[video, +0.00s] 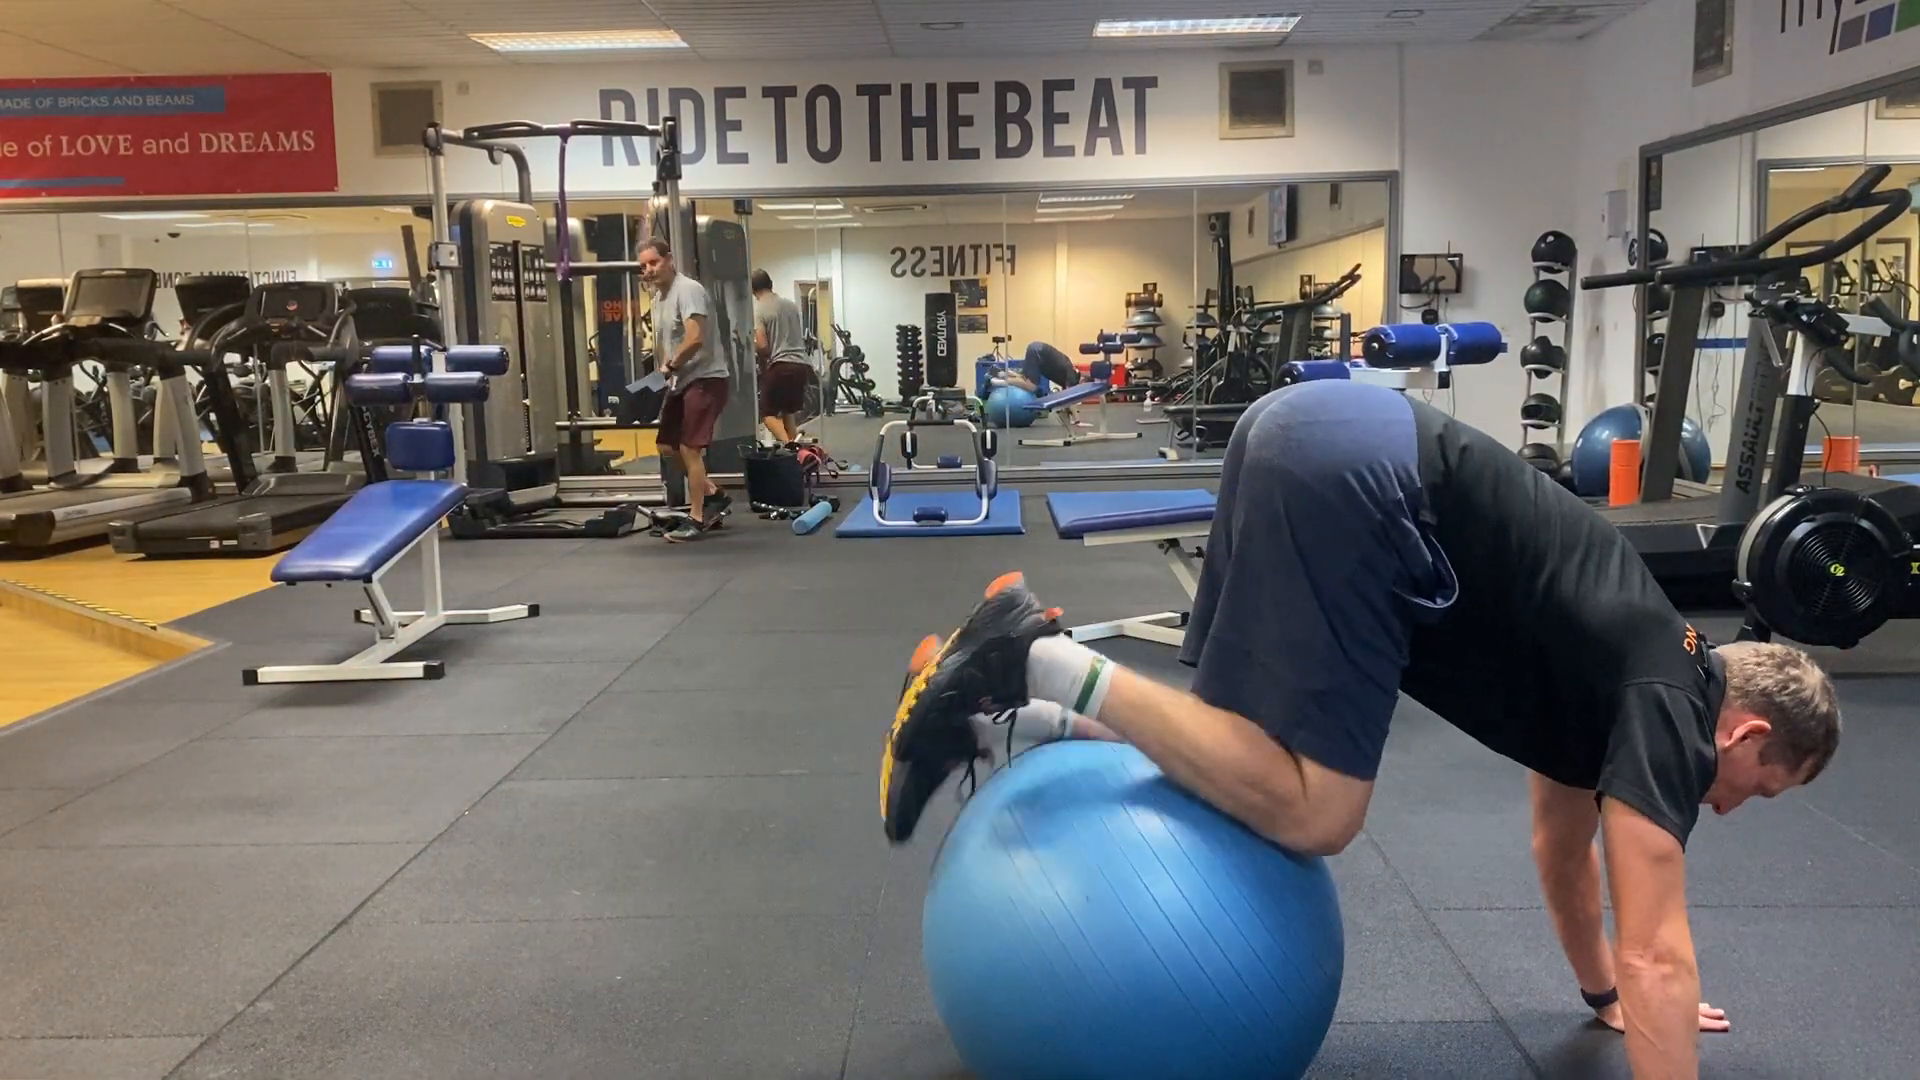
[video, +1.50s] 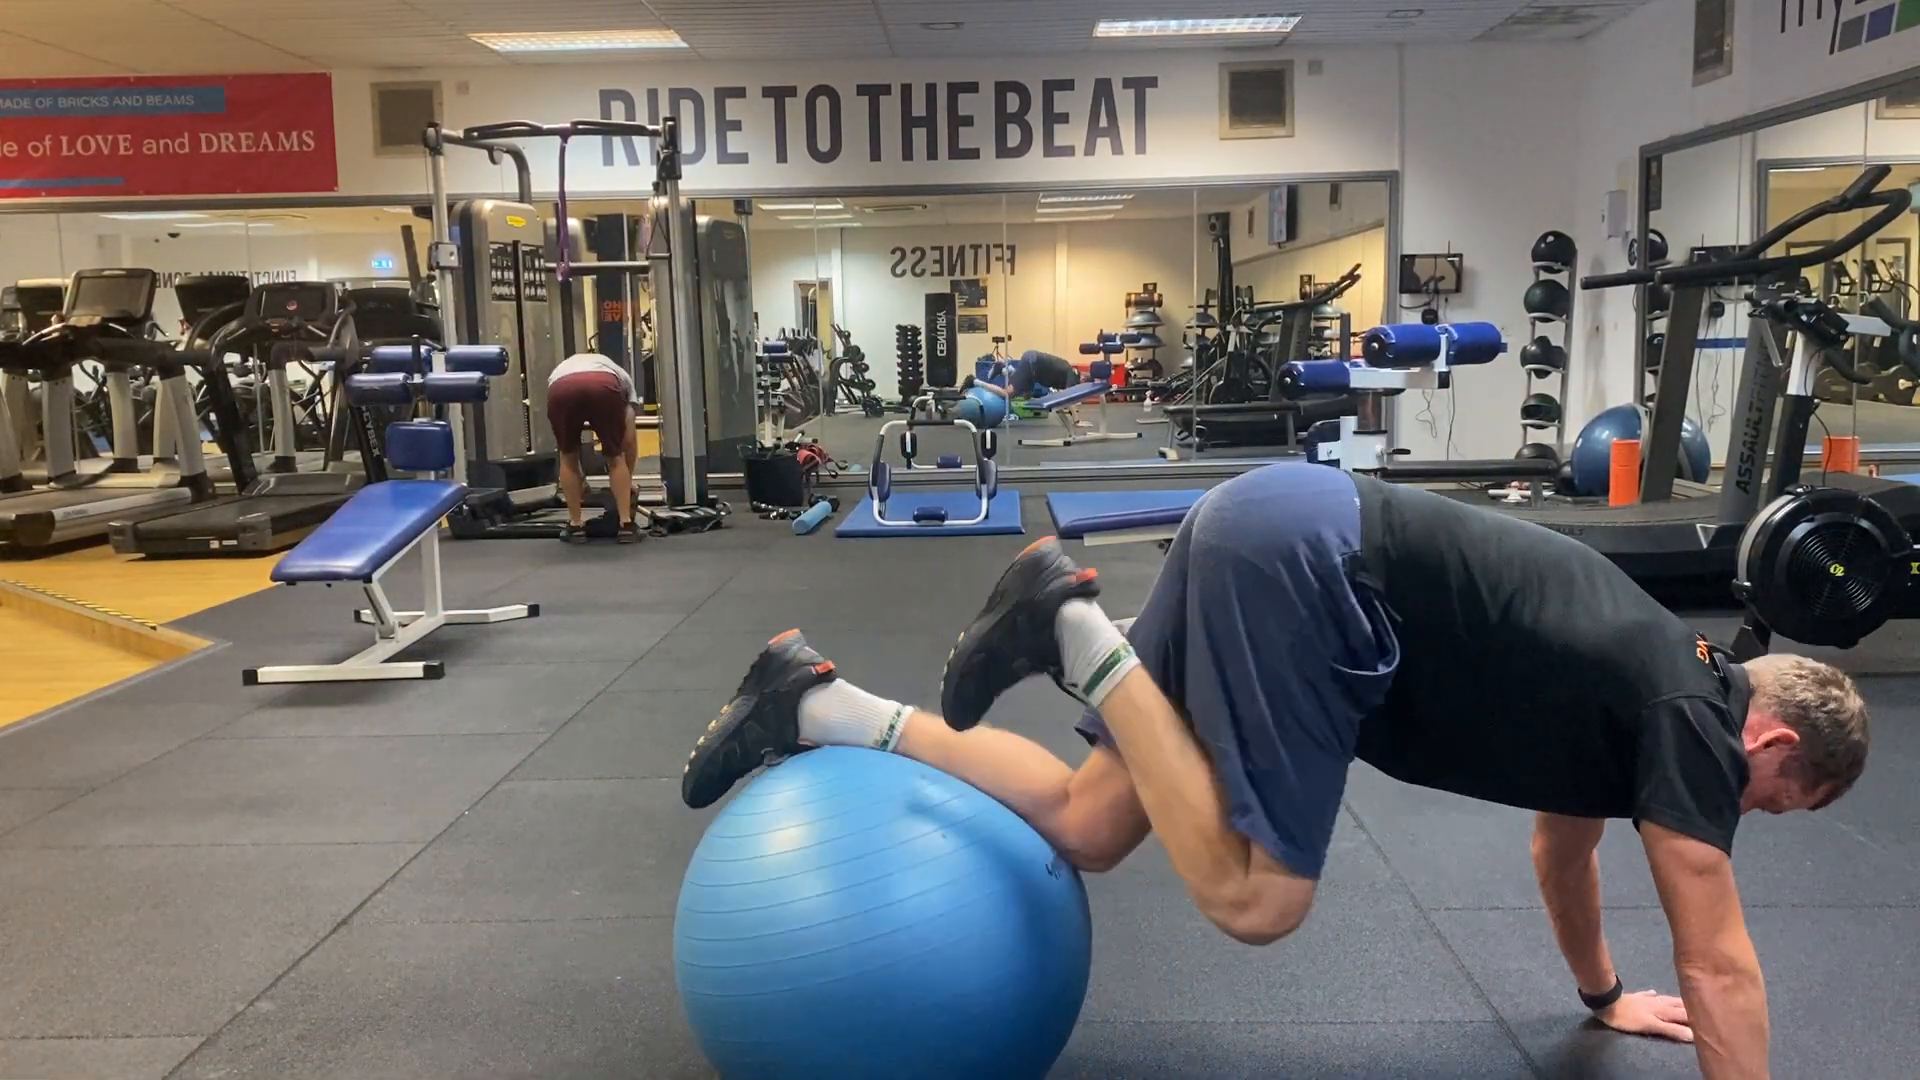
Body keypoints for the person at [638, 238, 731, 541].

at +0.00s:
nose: (647, 270)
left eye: (652, 263)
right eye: (643, 266)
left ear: (669, 261)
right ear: (642, 269)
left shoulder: (688, 289)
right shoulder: (660, 297)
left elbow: (695, 338)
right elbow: (666, 342)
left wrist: (672, 363)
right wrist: (663, 371)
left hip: (705, 378)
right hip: (681, 381)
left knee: (690, 449)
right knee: (668, 445)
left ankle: (696, 519)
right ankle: (713, 492)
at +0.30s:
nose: (618, 286)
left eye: (616, 279)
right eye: (616, 281)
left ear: (625, 269)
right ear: (633, 267)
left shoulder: (651, 287)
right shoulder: (659, 287)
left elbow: (647, 338)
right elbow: (673, 342)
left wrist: (615, 361)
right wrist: (653, 373)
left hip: (682, 376)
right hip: (675, 377)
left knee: (676, 451)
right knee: (653, 448)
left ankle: (696, 520)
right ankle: (652, 519)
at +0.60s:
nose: (600, 291)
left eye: (599, 286)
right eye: (599, 287)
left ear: (604, 279)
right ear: (625, 274)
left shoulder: (613, 294)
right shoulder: (650, 297)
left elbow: (599, 346)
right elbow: (660, 346)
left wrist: (578, 377)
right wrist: (634, 381)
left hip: (649, 380)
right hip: (676, 380)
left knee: (615, 445)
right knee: (643, 448)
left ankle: (642, 515)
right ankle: (651, 517)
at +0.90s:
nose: (584, 312)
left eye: (583, 308)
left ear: (587, 304)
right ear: (612, 302)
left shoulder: (580, 318)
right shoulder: (636, 317)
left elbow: (575, 375)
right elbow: (653, 355)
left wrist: (574, 412)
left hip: (614, 388)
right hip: (652, 385)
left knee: (594, 458)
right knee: (637, 456)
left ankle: (578, 523)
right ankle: (650, 520)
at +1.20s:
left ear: (580, 348)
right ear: (610, 348)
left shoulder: (566, 358)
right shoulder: (623, 357)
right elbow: (632, 413)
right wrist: (626, 459)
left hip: (574, 389)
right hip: (616, 386)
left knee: (572, 457)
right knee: (621, 459)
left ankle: (575, 525)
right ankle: (626, 525)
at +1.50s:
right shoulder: (625, 381)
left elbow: (568, 445)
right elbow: (629, 441)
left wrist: (581, 482)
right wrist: (627, 480)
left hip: (560, 386)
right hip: (604, 385)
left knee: (568, 459)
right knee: (616, 459)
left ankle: (575, 525)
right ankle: (626, 524)